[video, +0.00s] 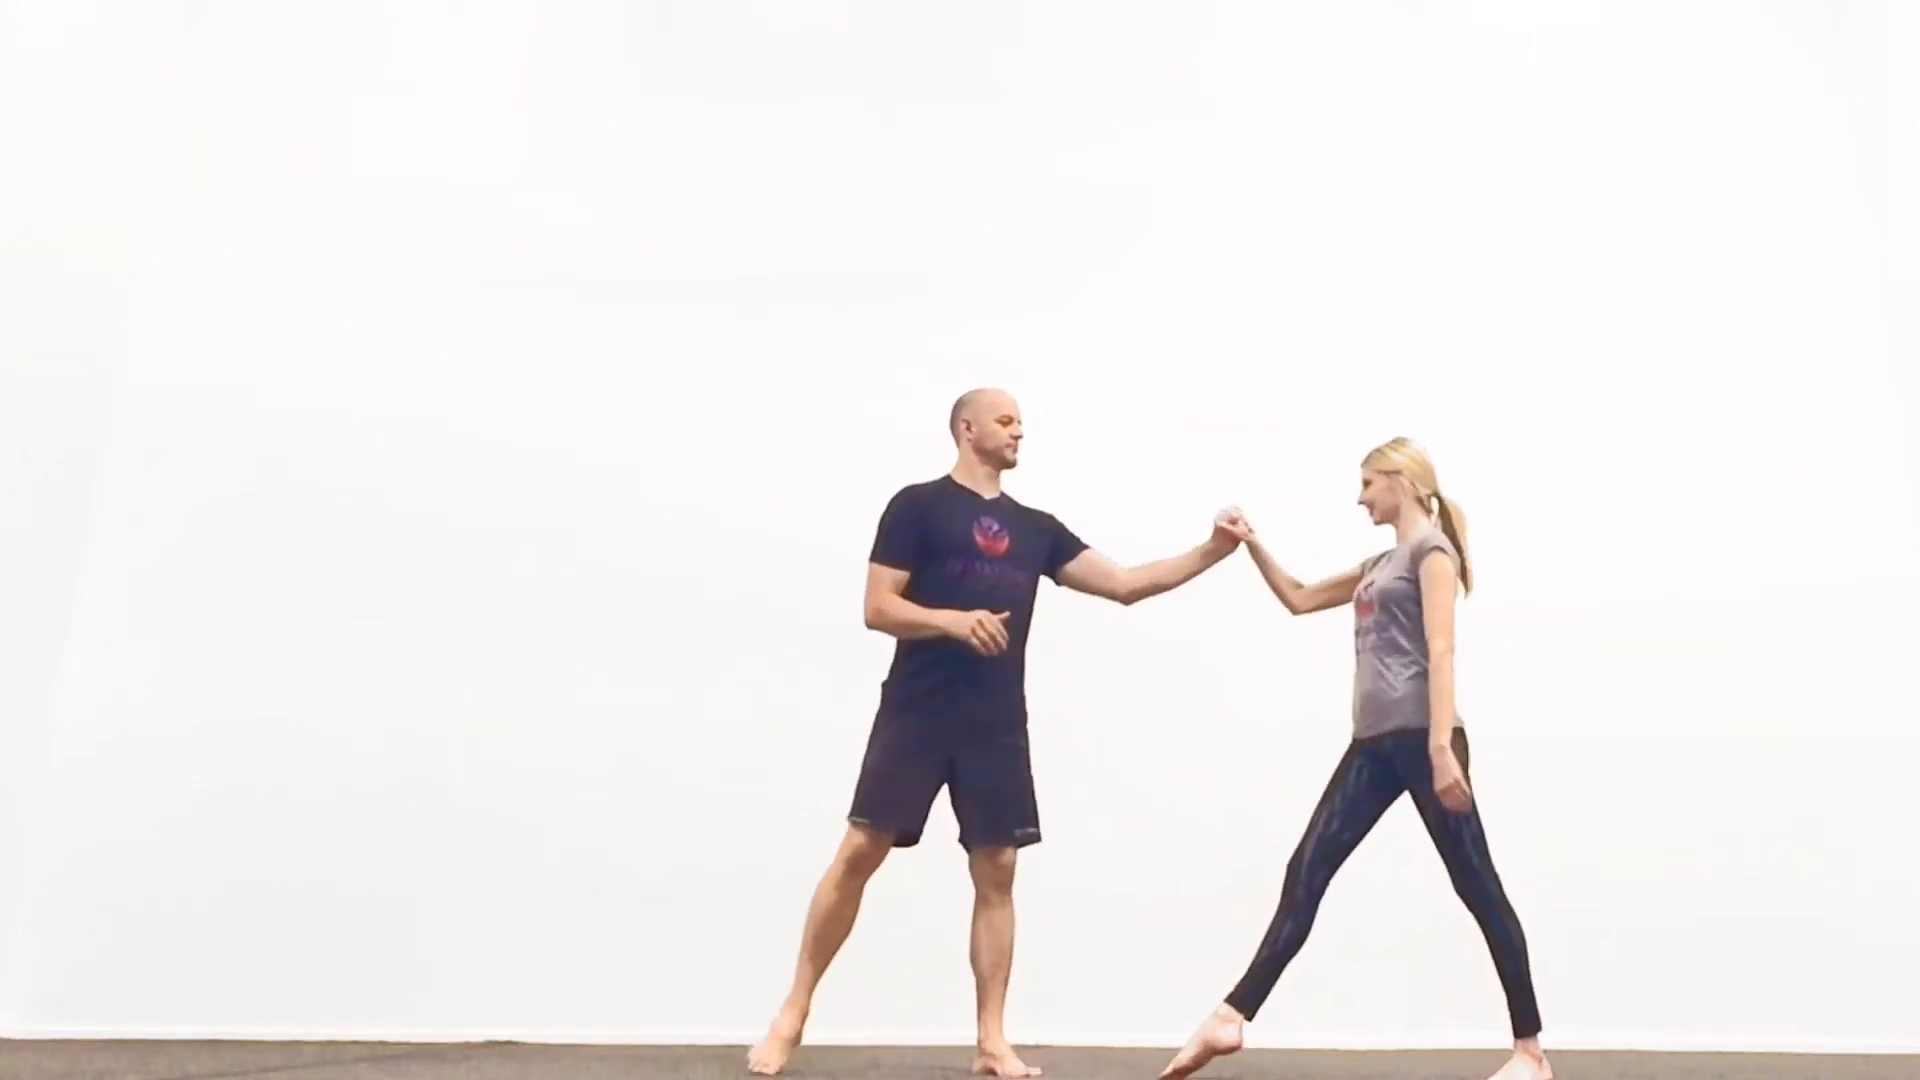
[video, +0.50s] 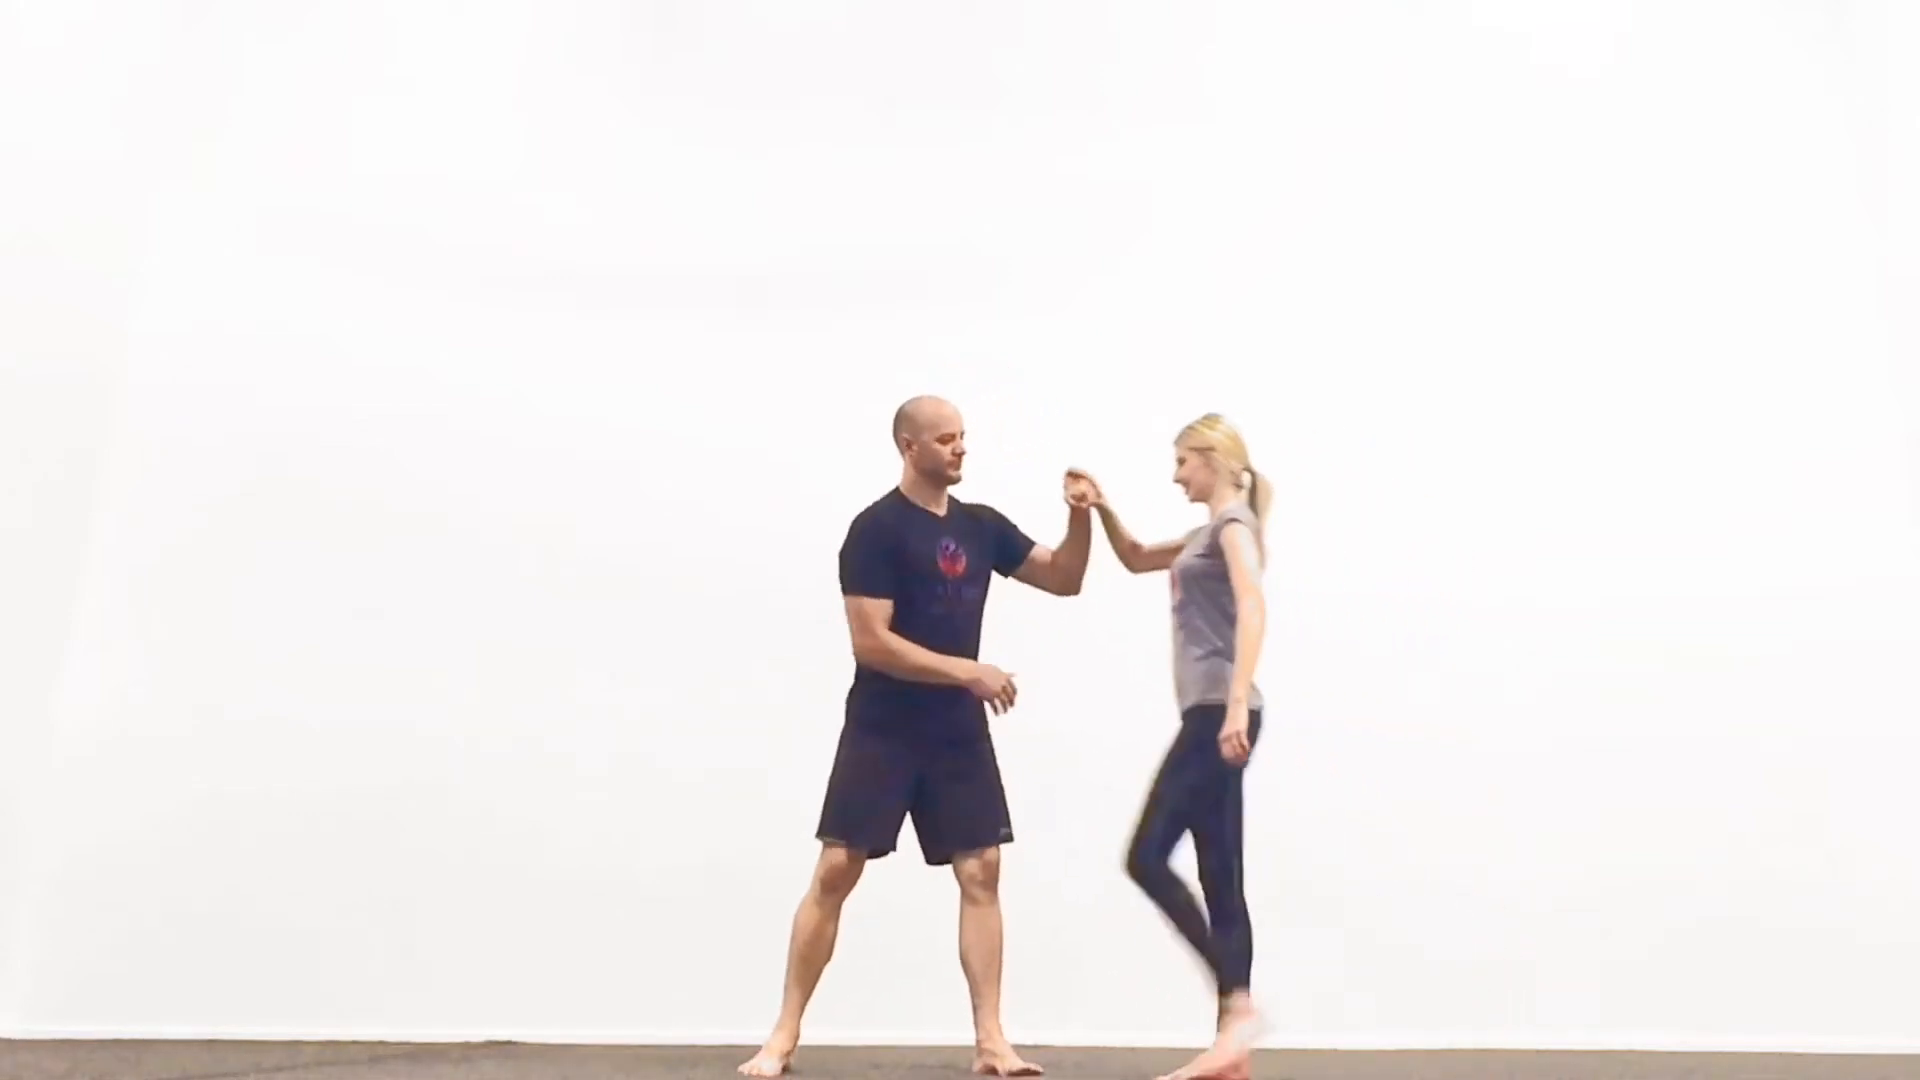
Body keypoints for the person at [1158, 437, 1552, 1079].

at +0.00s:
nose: (1362, 494)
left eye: (1370, 482)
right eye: (1363, 484)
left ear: (1405, 484)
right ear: (1399, 486)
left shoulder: (1433, 553)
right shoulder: (1381, 565)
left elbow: (1441, 651)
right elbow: (1299, 598)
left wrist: (1440, 747)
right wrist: (1250, 542)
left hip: (1424, 741)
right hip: (1373, 745)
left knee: (1480, 890)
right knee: (1305, 873)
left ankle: (1529, 1049)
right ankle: (1232, 1016)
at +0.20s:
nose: (1313, 490)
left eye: (1320, 478)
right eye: (1313, 480)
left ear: (1351, 479)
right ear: (1348, 481)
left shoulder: (1379, 545)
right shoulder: (1336, 556)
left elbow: (1377, 644)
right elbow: (1256, 600)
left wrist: (1354, 736)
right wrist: (1204, 549)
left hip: (1373, 730)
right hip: (1325, 737)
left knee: (1433, 880)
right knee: (1277, 878)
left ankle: (1517, 1033)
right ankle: (1232, 1041)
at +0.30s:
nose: (1268, 481)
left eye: (1275, 469)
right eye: (1269, 471)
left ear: (1308, 472)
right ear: (1307, 475)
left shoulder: (1327, 538)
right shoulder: (1291, 547)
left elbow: (1330, 632)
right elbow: (1209, 587)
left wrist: (1308, 725)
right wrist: (1164, 539)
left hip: (1314, 725)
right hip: (1288, 728)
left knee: (1359, 885)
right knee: (1256, 882)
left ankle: (1477, 1005)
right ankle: (1234, 1045)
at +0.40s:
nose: (1222, 474)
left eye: (1229, 463)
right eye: (1223, 464)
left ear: (1259, 466)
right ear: (1257, 467)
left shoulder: (1278, 530)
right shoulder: (1249, 538)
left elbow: (1289, 618)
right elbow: (1170, 571)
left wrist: (1270, 712)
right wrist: (1129, 524)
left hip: (1265, 719)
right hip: (1239, 722)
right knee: (1234, 881)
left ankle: (1383, 979)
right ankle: (1233, 1042)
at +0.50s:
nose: (1175, 471)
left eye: (1182, 459)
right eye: (1176, 461)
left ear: (1213, 463)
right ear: (1215, 464)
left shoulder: (1231, 527)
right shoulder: (1211, 531)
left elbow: (1252, 612)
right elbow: (1136, 557)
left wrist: (1239, 702)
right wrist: (1101, 506)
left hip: (1218, 714)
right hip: (1214, 713)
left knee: (1146, 858)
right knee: (1220, 875)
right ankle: (1233, 1039)